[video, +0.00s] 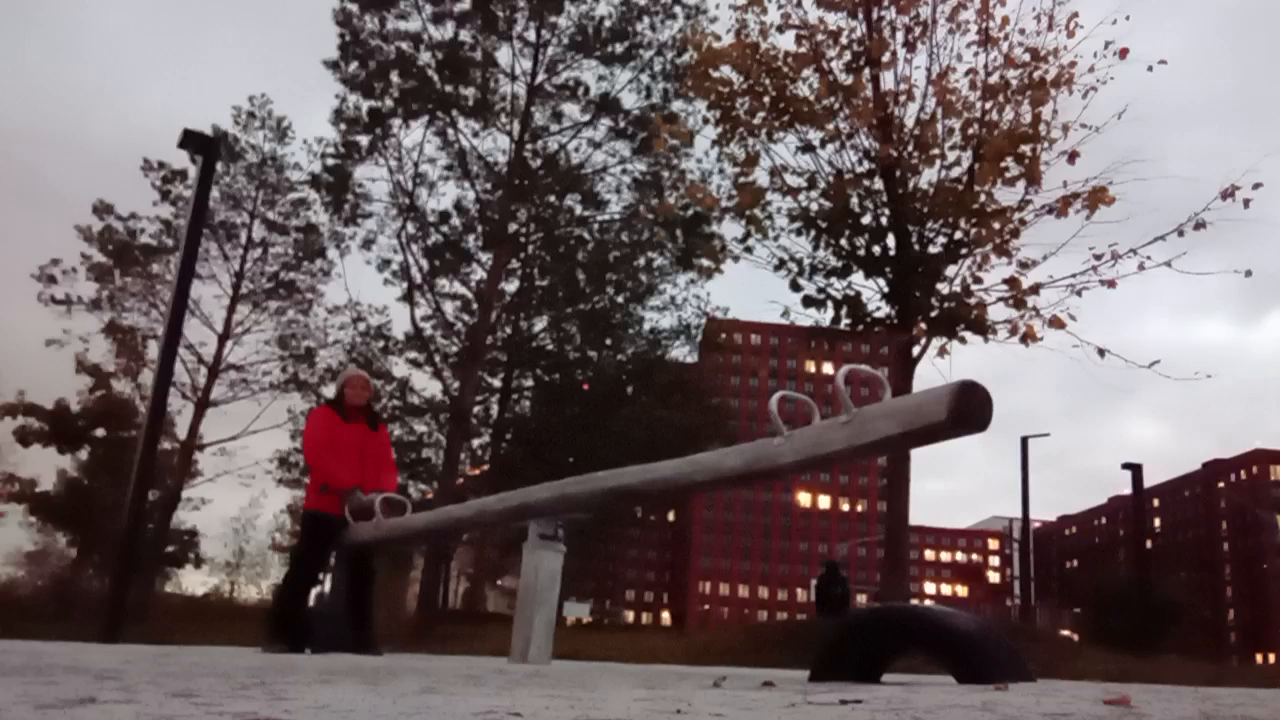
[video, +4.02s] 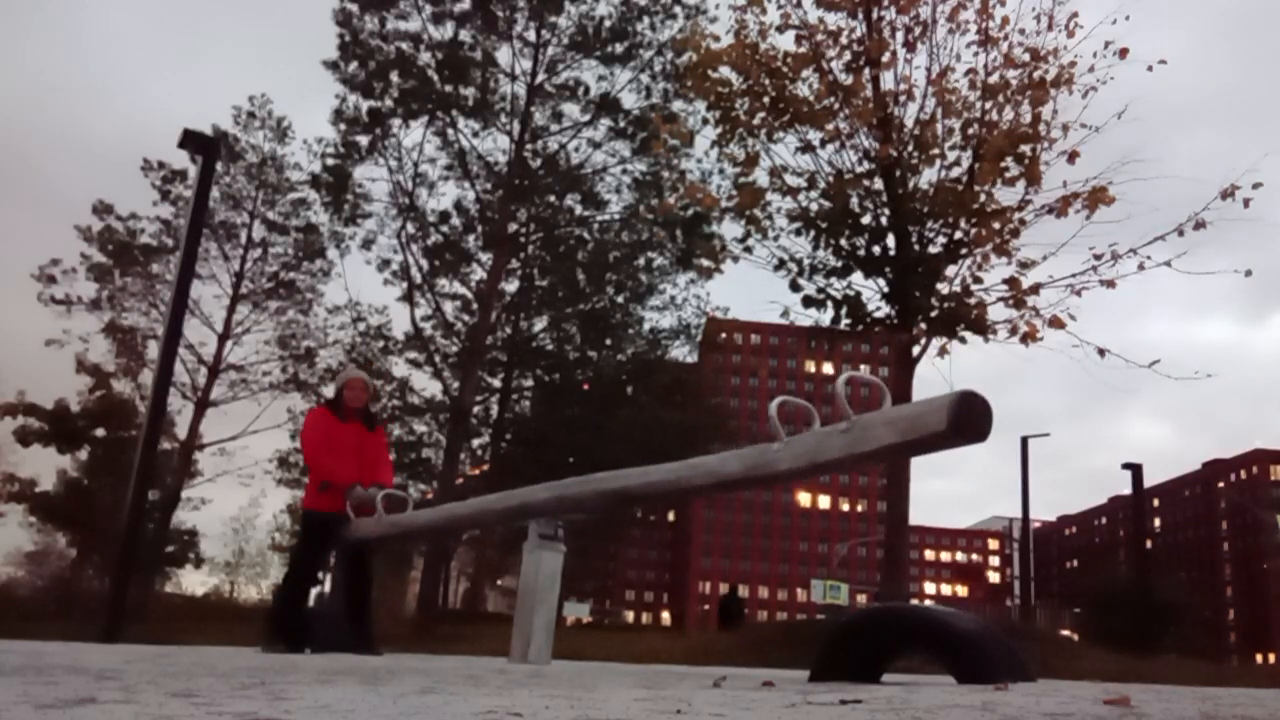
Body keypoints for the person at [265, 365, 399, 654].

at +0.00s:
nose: (359, 391)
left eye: (364, 387)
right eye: (353, 386)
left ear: (370, 394)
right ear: (342, 390)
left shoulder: (377, 427)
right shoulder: (322, 416)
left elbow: (387, 467)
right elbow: (316, 457)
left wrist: (385, 496)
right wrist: (345, 488)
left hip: (362, 515)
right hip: (323, 510)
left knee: (361, 578)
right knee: (304, 572)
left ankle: (361, 641)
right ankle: (282, 636)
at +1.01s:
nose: (362, 391)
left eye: (367, 387)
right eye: (356, 386)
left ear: (373, 393)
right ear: (344, 390)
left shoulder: (377, 427)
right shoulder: (324, 416)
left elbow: (388, 466)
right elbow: (316, 456)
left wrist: (384, 496)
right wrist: (346, 487)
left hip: (362, 514)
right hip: (323, 510)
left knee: (362, 578)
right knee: (305, 572)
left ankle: (362, 640)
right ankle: (282, 635)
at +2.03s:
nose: (379, 393)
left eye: (385, 388)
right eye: (373, 386)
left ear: (391, 394)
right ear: (362, 389)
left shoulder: (394, 431)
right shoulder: (340, 414)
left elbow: (399, 473)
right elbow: (322, 458)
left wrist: (386, 500)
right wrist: (347, 494)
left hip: (366, 518)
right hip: (327, 510)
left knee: (366, 580)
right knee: (309, 573)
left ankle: (362, 641)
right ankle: (284, 636)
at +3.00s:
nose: (375, 387)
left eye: (381, 382)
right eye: (370, 381)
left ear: (388, 388)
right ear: (358, 384)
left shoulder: (389, 424)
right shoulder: (336, 410)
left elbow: (394, 466)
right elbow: (319, 454)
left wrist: (378, 496)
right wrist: (345, 491)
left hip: (362, 515)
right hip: (323, 508)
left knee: (365, 580)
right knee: (305, 572)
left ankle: (363, 642)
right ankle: (282, 637)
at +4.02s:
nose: (357, 394)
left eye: (362, 389)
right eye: (351, 388)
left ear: (369, 395)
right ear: (340, 392)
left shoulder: (373, 429)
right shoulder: (319, 418)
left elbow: (382, 466)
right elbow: (315, 458)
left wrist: (380, 490)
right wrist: (345, 484)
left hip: (359, 513)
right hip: (321, 509)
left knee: (359, 578)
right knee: (302, 573)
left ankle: (359, 640)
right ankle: (282, 636)